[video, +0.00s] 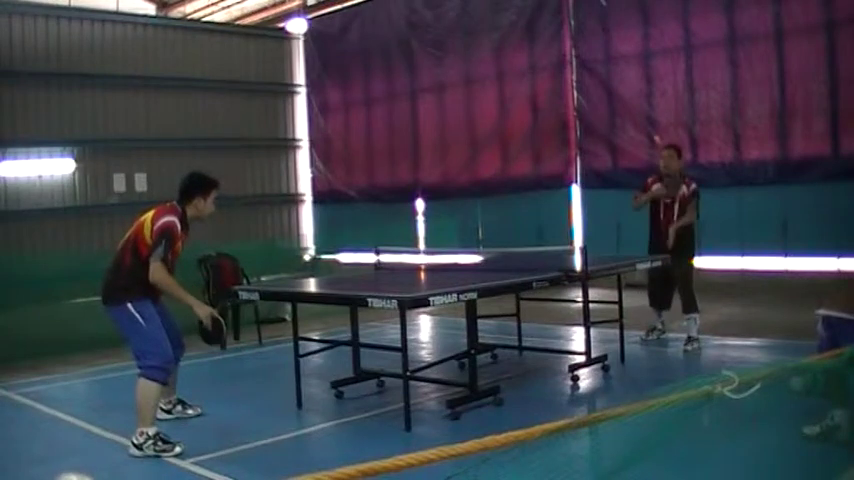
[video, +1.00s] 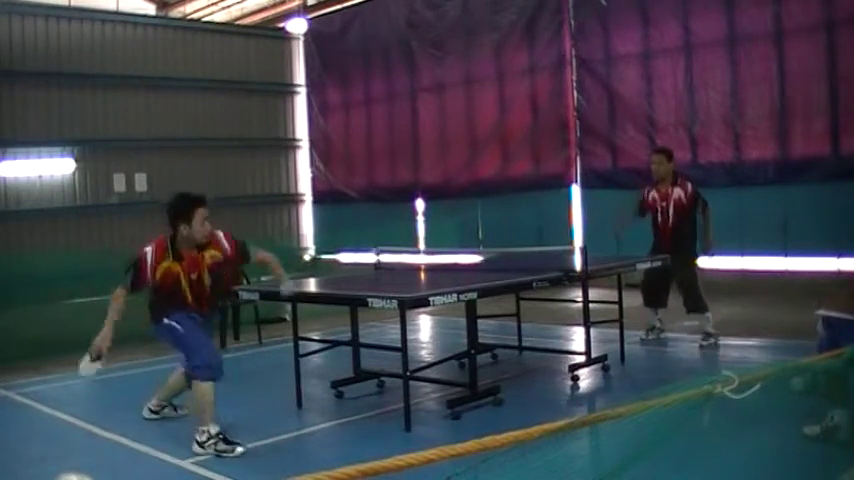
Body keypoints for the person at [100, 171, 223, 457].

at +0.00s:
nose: (214, 207)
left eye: (214, 200)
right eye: (212, 200)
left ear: (193, 198)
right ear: (197, 200)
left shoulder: (174, 217)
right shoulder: (169, 223)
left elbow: (154, 270)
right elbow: (157, 274)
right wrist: (196, 305)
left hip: (144, 293)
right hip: (125, 295)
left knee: (173, 346)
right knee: (156, 358)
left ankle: (167, 403)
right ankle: (144, 435)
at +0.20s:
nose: (214, 204)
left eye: (214, 198)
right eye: (211, 198)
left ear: (194, 196)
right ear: (196, 198)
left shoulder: (176, 217)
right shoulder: (169, 221)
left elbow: (158, 270)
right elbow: (155, 272)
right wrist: (191, 308)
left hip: (146, 293)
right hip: (127, 295)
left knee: (173, 346)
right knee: (157, 357)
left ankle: (167, 403)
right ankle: (144, 435)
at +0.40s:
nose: (208, 189)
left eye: (208, 183)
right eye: (206, 182)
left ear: (186, 182)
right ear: (190, 183)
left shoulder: (169, 204)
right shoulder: (166, 212)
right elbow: (157, 264)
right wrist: (193, 299)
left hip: (152, 289)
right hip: (135, 291)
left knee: (173, 346)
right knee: (158, 356)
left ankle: (167, 403)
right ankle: (144, 434)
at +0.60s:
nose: (199, 184)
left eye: (198, 178)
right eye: (195, 178)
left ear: (178, 179)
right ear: (179, 179)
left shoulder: (176, 209)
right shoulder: (151, 213)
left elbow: (183, 246)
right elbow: (152, 264)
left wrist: (204, 266)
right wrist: (199, 272)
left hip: (168, 290)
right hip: (147, 293)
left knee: (184, 346)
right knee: (168, 353)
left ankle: (159, 401)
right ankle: (147, 432)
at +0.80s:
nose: (200, 204)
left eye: (200, 198)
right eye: (196, 199)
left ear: (186, 201)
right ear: (176, 202)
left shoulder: (204, 226)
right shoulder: (144, 231)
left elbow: (229, 257)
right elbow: (118, 273)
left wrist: (231, 269)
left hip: (184, 302)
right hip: (153, 304)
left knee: (196, 355)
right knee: (185, 356)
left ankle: (156, 403)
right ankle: (195, 430)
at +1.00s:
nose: (209, 227)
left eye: (208, 221)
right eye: (203, 222)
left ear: (187, 228)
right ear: (183, 228)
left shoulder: (218, 242)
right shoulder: (155, 254)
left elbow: (255, 255)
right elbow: (122, 292)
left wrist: (275, 268)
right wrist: (106, 332)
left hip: (201, 315)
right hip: (171, 316)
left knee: (197, 366)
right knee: (206, 362)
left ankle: (157, 405)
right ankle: (206, 434)